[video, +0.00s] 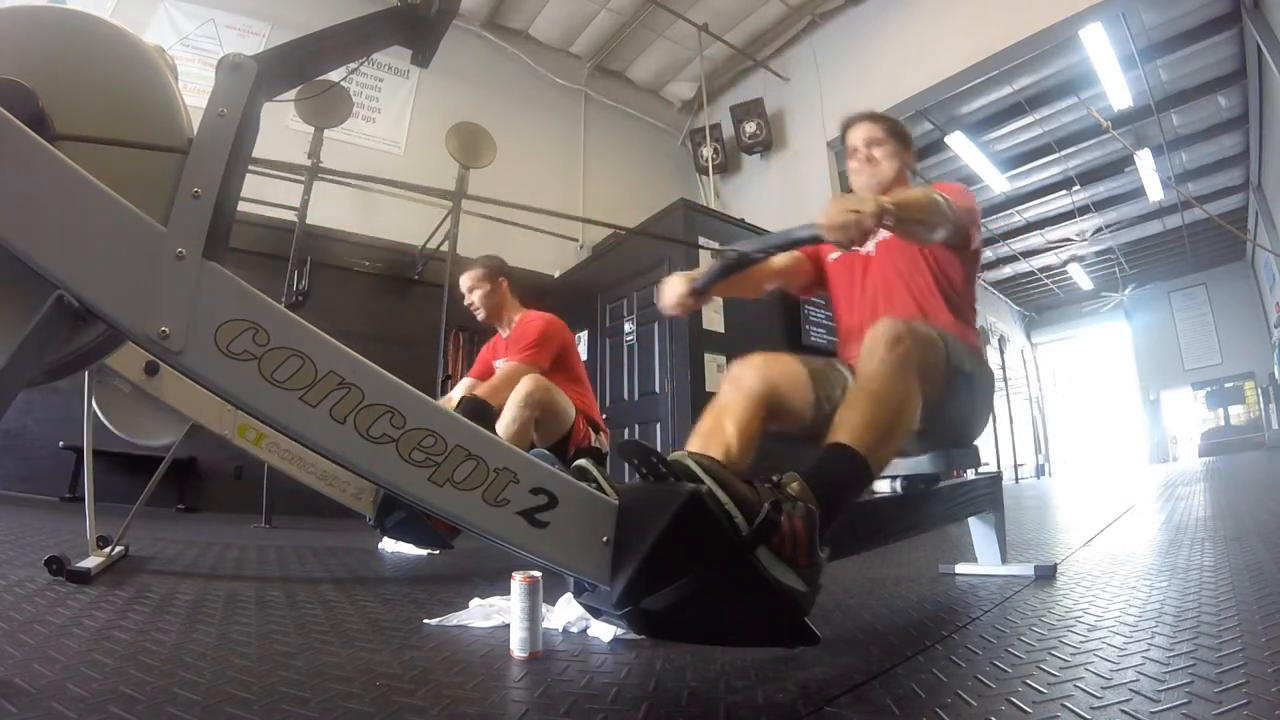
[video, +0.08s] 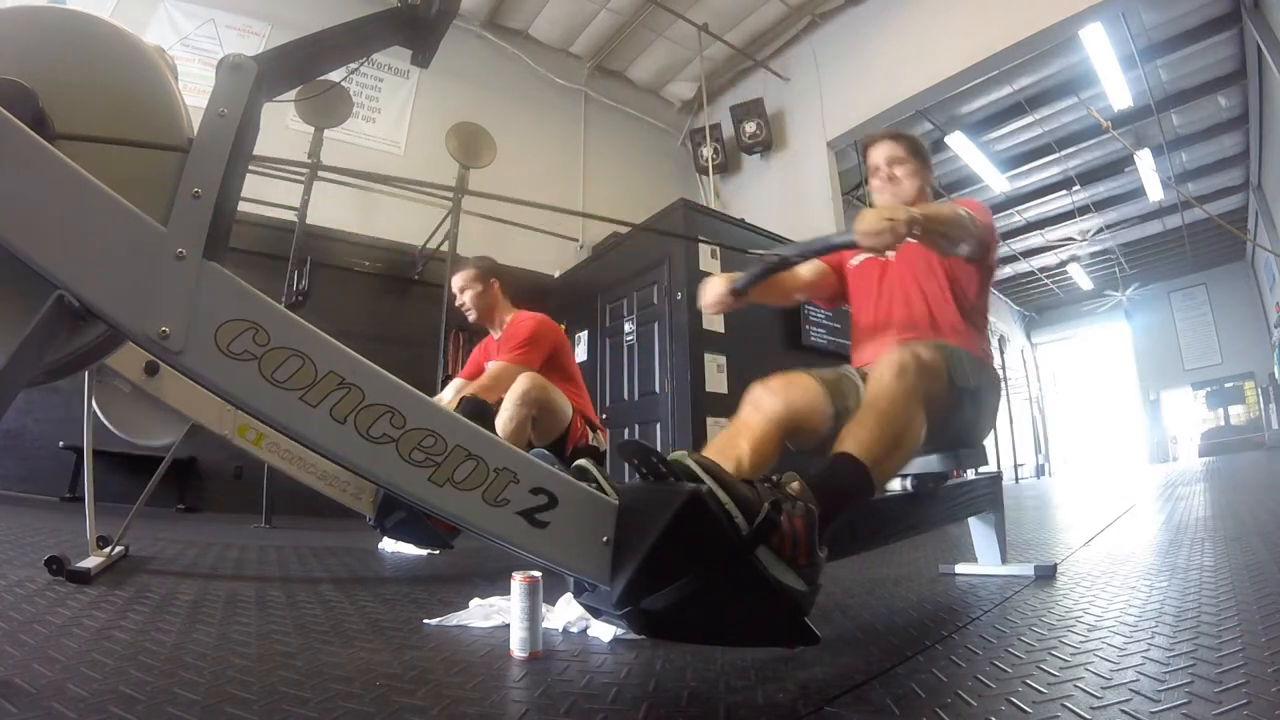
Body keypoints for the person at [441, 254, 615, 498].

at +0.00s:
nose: (467, 301)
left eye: (473, 291)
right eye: (464, 296)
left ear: (501, 284)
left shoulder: (542, 325)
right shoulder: (492, 348)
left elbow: (495, 395)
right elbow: (460, 396)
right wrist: (419, 418)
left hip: (582, 441)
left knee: (533, 387)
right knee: (467, 385)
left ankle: (489, 475)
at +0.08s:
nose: (458, 302)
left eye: (464, 291)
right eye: (456, 296)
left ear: (493, 286)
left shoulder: (534, 325)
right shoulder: (484, 348)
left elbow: (486, 392)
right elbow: (447, 397)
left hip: (577, 440)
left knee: (528, 386)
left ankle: (493, 475)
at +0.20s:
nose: (453, 303)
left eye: (458, 292)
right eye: (450, 297)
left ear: (488, 287)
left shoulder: (527, 324)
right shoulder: (477, 350)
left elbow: (478, 389)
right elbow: (448, 392)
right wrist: (417, 423)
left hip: (577, 439)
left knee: (525, 385)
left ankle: (498, 476)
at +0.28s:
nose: (450, 303)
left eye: (455, 292)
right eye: (448, 296)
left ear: (485, 287)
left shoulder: (524, 324)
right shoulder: (475, 349)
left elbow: (483, 394)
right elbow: (449, 396)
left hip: (575, 439)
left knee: (524, 383)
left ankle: (499, 473)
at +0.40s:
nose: (450, 301)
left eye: (455, 291)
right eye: (448, 295)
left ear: (486, 286)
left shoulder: (522, 323)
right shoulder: (475, 350)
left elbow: (495, 396)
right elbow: (459, 397)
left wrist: (461, 393)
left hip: (572, 438)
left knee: (522, 383)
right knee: (449, 399)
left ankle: (500, 474)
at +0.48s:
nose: (452, 300)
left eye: (457, 289)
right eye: (450, 294)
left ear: (487, 286)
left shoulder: (525, 323)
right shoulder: (478, 348)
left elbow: (511, 393)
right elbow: (469, 397)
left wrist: (479, 397)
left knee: (520, 383)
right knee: (447, 398)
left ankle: (499, 475)